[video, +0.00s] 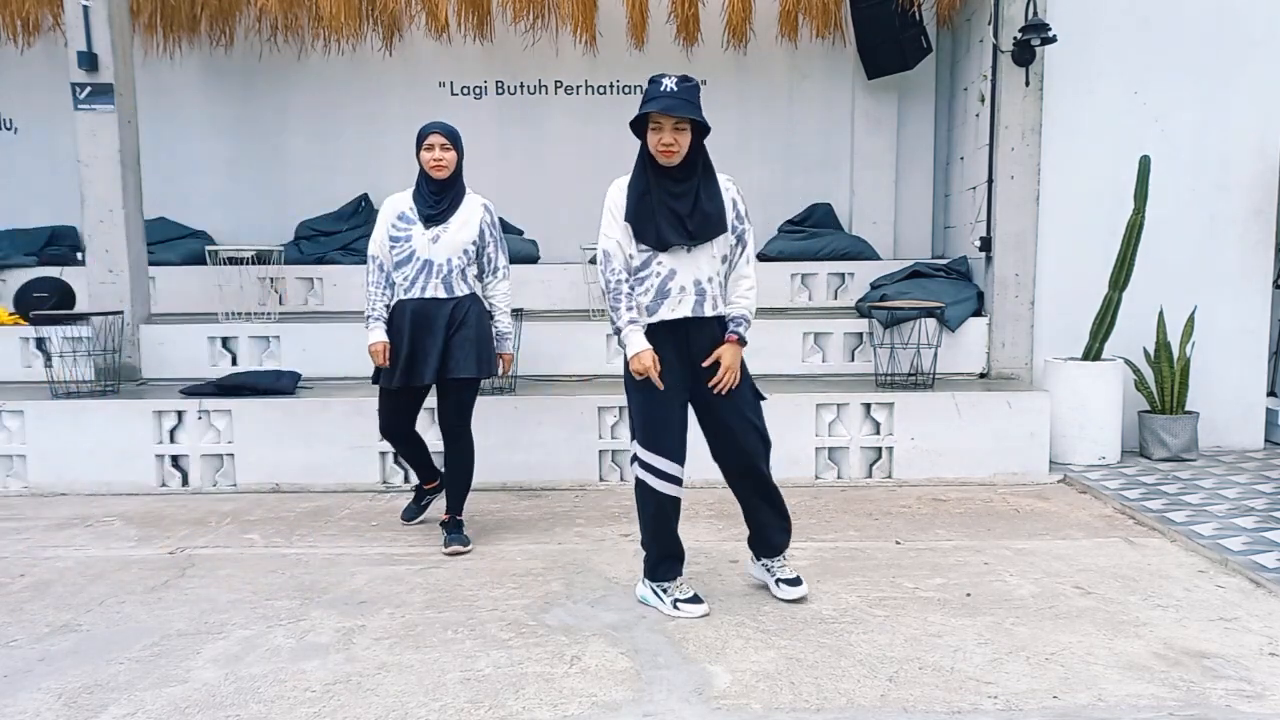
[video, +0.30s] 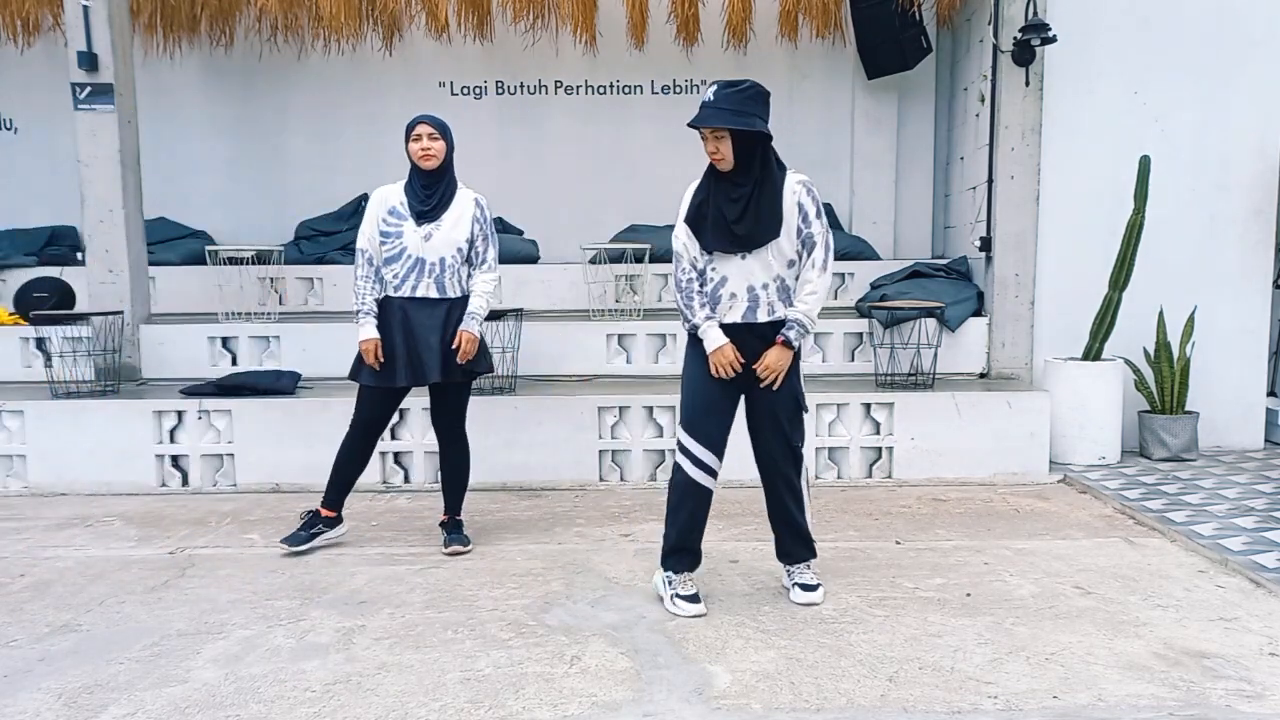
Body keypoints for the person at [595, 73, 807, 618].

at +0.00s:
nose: (668, 138)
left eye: (680, 128)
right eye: (659, 127)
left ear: (696, 132)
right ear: (643, 131)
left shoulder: (723, 191)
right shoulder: (624, 194)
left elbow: (744, 269)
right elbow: (614, 277)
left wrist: (736, 338)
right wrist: (635, 341)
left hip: (714, 337)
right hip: (653, 341)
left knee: (749, 446)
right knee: (659, 461)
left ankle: (770, 554)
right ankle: (660, 578)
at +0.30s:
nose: (710, 148)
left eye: (719, 137)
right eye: (705, 138)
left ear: (750, 136)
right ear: (702, 138)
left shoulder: (796, 193)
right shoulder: (699, 194)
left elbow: (818, 273)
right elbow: (685, 277)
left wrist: (789, 341)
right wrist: (713, 338)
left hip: (776, 342)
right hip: (712, 341)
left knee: (783, 460)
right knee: (697, 458)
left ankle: (797, 563)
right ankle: (678, 571)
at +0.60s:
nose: (761, 142)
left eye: (771, 132)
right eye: (751, 132)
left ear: (791, 135)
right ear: (739, 134)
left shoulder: (819, 194)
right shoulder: (720, 186)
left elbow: (836, 274)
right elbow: (700, 267)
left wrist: (798, 335)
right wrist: (719, 331)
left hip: (788, 338)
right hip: (724, 334)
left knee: (788, 454)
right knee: (703, 447)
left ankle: (799, 560)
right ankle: (688, 555)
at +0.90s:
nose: (751, 201)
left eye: (762, 190)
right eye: (741, 190)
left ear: (778, 194)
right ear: (726, 194)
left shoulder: (798, 252)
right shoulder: (700, 245)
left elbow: (808, 327)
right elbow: (671, 321)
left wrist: (767, 372)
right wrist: (693, 384)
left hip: (760, 378)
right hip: (691, 374)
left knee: (790, 462)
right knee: (640, 461)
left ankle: (799, 564)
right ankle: (591, 541)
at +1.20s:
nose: (620, 196)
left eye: (629, 186)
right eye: (609, 186)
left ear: (645, 188)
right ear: (595, 190)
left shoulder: (675, 231)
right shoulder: (581, 247)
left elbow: (712, 299)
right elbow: (591, 326)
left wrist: (696, 366)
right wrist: (628, 379)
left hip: (692, 363)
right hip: (628, 370)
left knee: (745, 451)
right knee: (591, 458)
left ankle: (801, 553)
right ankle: (581, 547)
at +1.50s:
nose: (588, 177)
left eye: (598, 167)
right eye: (579, 167)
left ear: (613, 169)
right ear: (565, 169)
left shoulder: (644, 209)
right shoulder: (552, 231)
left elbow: (677, 274)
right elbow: (553, 306)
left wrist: (676, 341)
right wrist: (583, 358)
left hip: (659, 349)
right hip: (596, 358)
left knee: (709, 447)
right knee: (579, 458)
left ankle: (767, 538)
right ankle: (580, 548)